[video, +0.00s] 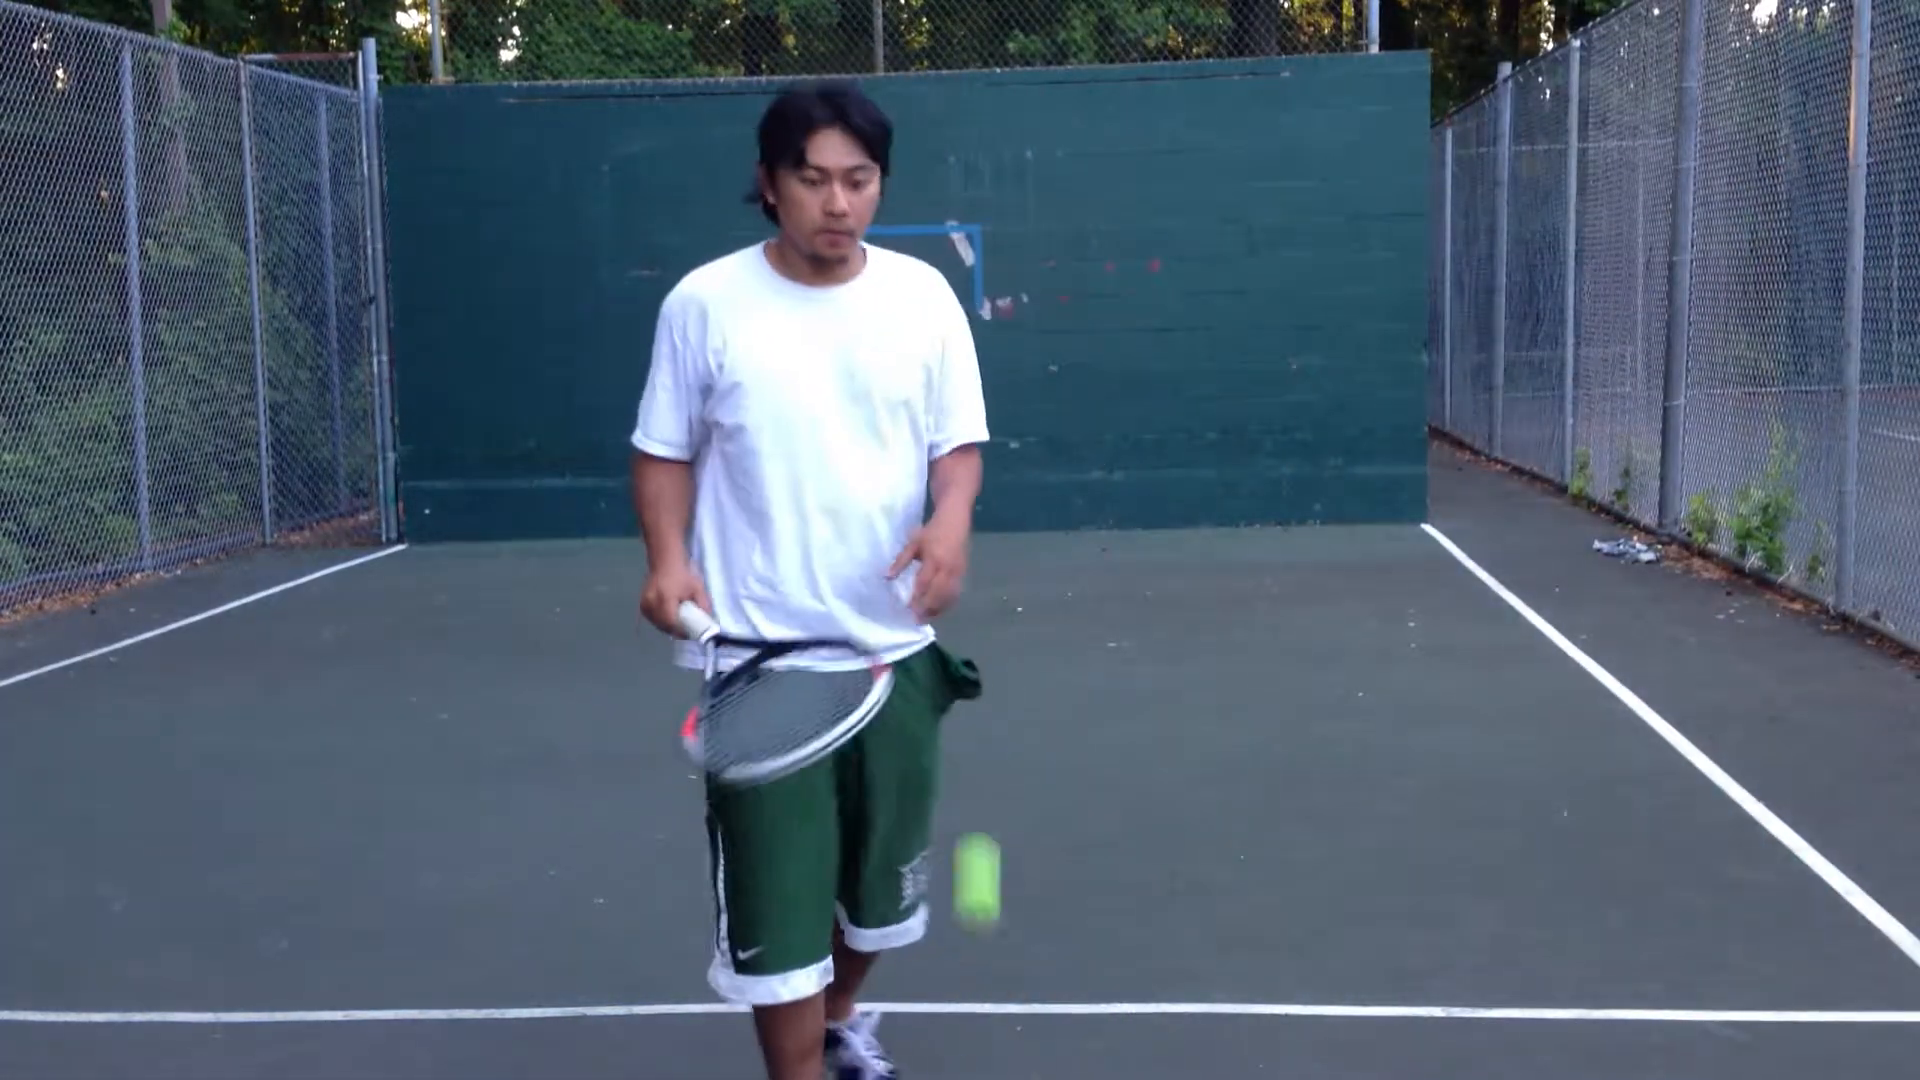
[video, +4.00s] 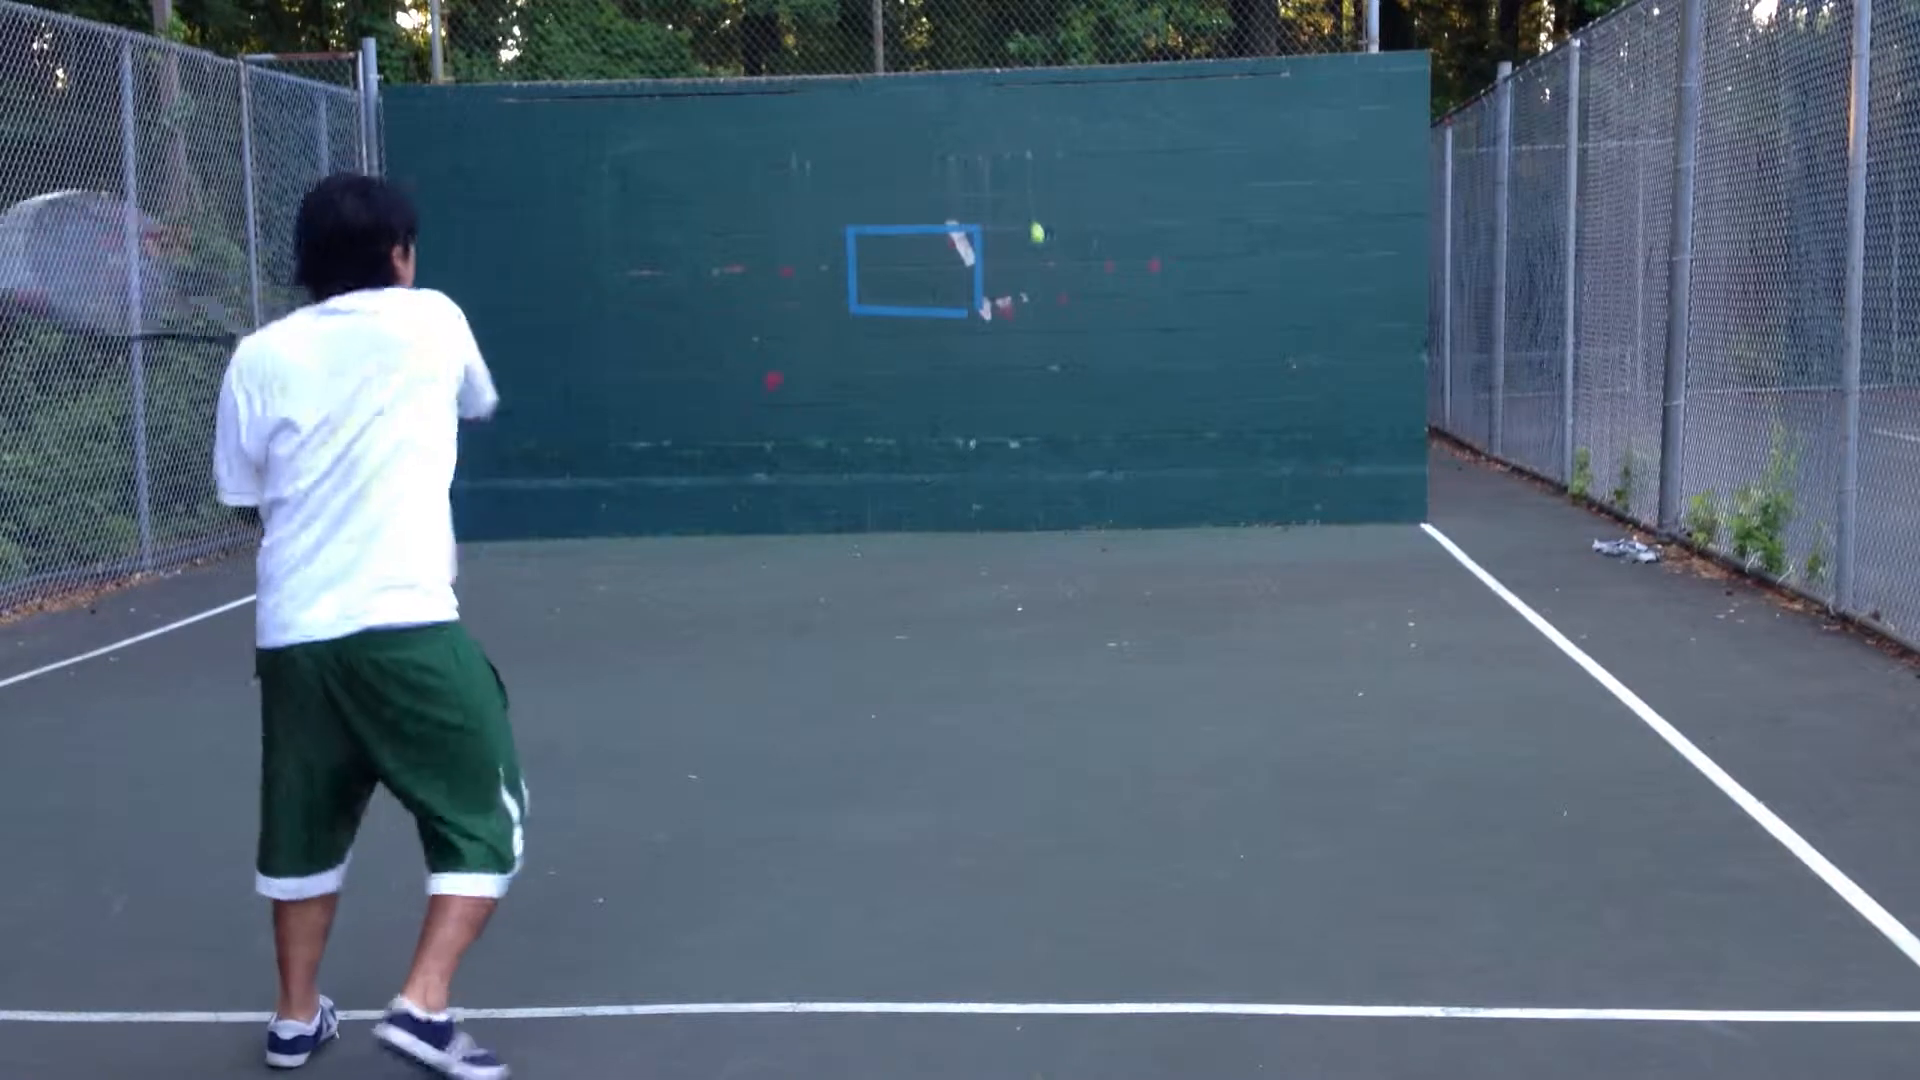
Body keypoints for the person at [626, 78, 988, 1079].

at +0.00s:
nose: (838, 201)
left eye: (856, 179)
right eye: (815, 180)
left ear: (879, 186)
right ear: (770, 187)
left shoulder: (923, 296)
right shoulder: (704, 304)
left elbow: (958, 439)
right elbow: (663, 451)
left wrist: (950, 526)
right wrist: (668, 557)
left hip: (893, 648)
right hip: (757, 654)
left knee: (879, 883)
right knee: (780, 912)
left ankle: (835, 1023)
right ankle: (797, 1076)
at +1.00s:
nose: (837, 249)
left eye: (836, 233)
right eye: (829, 234)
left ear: (772, 235)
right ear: (781, 237)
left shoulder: (794, 317)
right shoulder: (648, 324)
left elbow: (798, 455)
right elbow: (576, 457)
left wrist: (833, 556)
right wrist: (592, 580)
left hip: (766, 620)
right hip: (661, 630)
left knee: (774, 807)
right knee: (657, 841)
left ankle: (720, 984)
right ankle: (652, 1033)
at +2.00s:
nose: (881, 238)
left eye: (877, 224)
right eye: (880, 227)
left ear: (787, 214)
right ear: (865, 236)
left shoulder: (709, 278)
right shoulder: (870, 314)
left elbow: (683, 373)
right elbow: (896, 387)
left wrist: (773, 267)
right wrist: (798, 266)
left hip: (710, 573)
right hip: (822, 581)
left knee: (741, 771)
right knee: (839, 763)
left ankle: (779, 964)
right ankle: (804, 938)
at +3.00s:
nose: (621, 306)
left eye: (622, 290)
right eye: (618, 290)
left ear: (545, 287)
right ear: (589, 297)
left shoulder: (507, 358)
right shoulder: (499, 373)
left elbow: (549, 462)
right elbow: (467, 510)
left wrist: (663, 482)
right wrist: (582, 526)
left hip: (366, 638)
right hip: (415, 663)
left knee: (357, 850)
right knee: (426, 896)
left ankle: (267, 1003)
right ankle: (351, 1063)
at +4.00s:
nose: (414, 261)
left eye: (410, 247)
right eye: (410, 249)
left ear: (309, 263)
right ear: (392, 258)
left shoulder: (258, 355)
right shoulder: (432, 319)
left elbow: (245, 499)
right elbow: (474, 406)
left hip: (292, 635)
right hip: (406, 622)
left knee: (304, 829)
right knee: (483, 814)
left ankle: (295, 1019)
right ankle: (424, 1004)